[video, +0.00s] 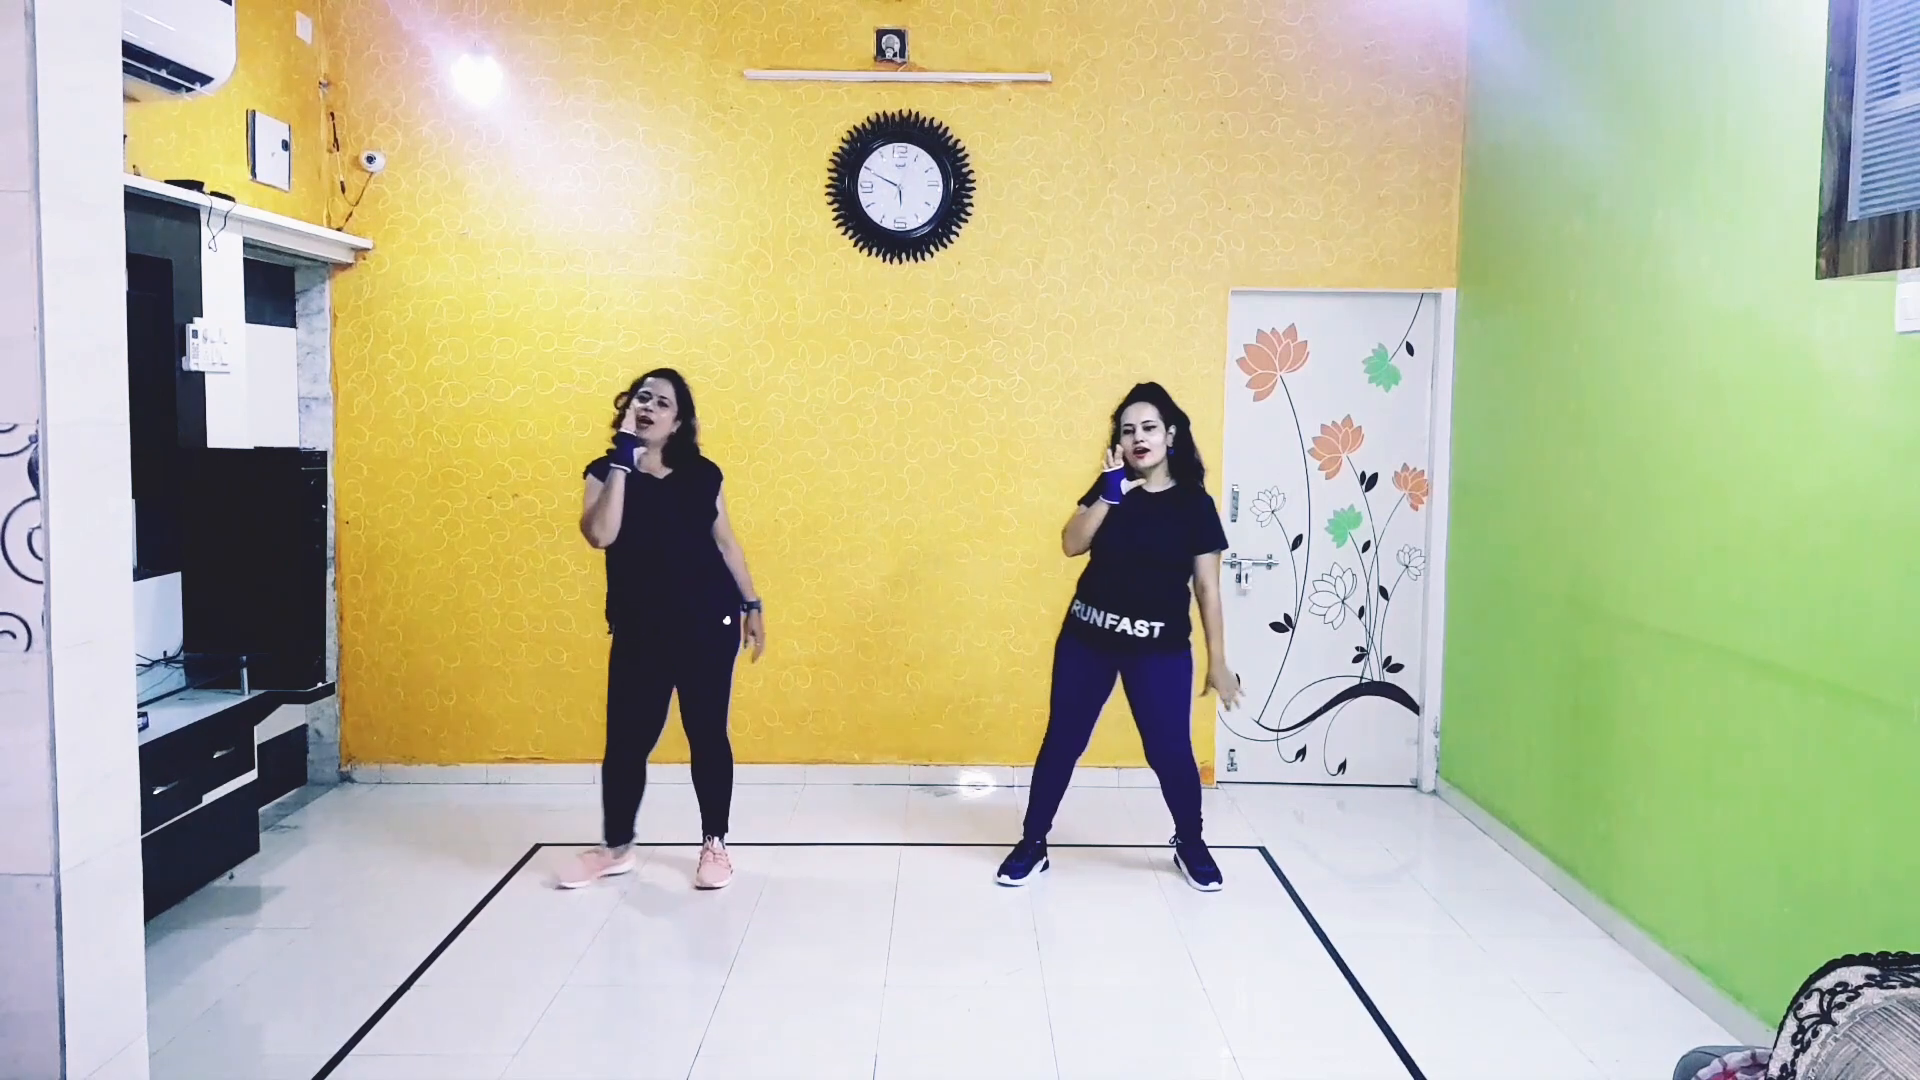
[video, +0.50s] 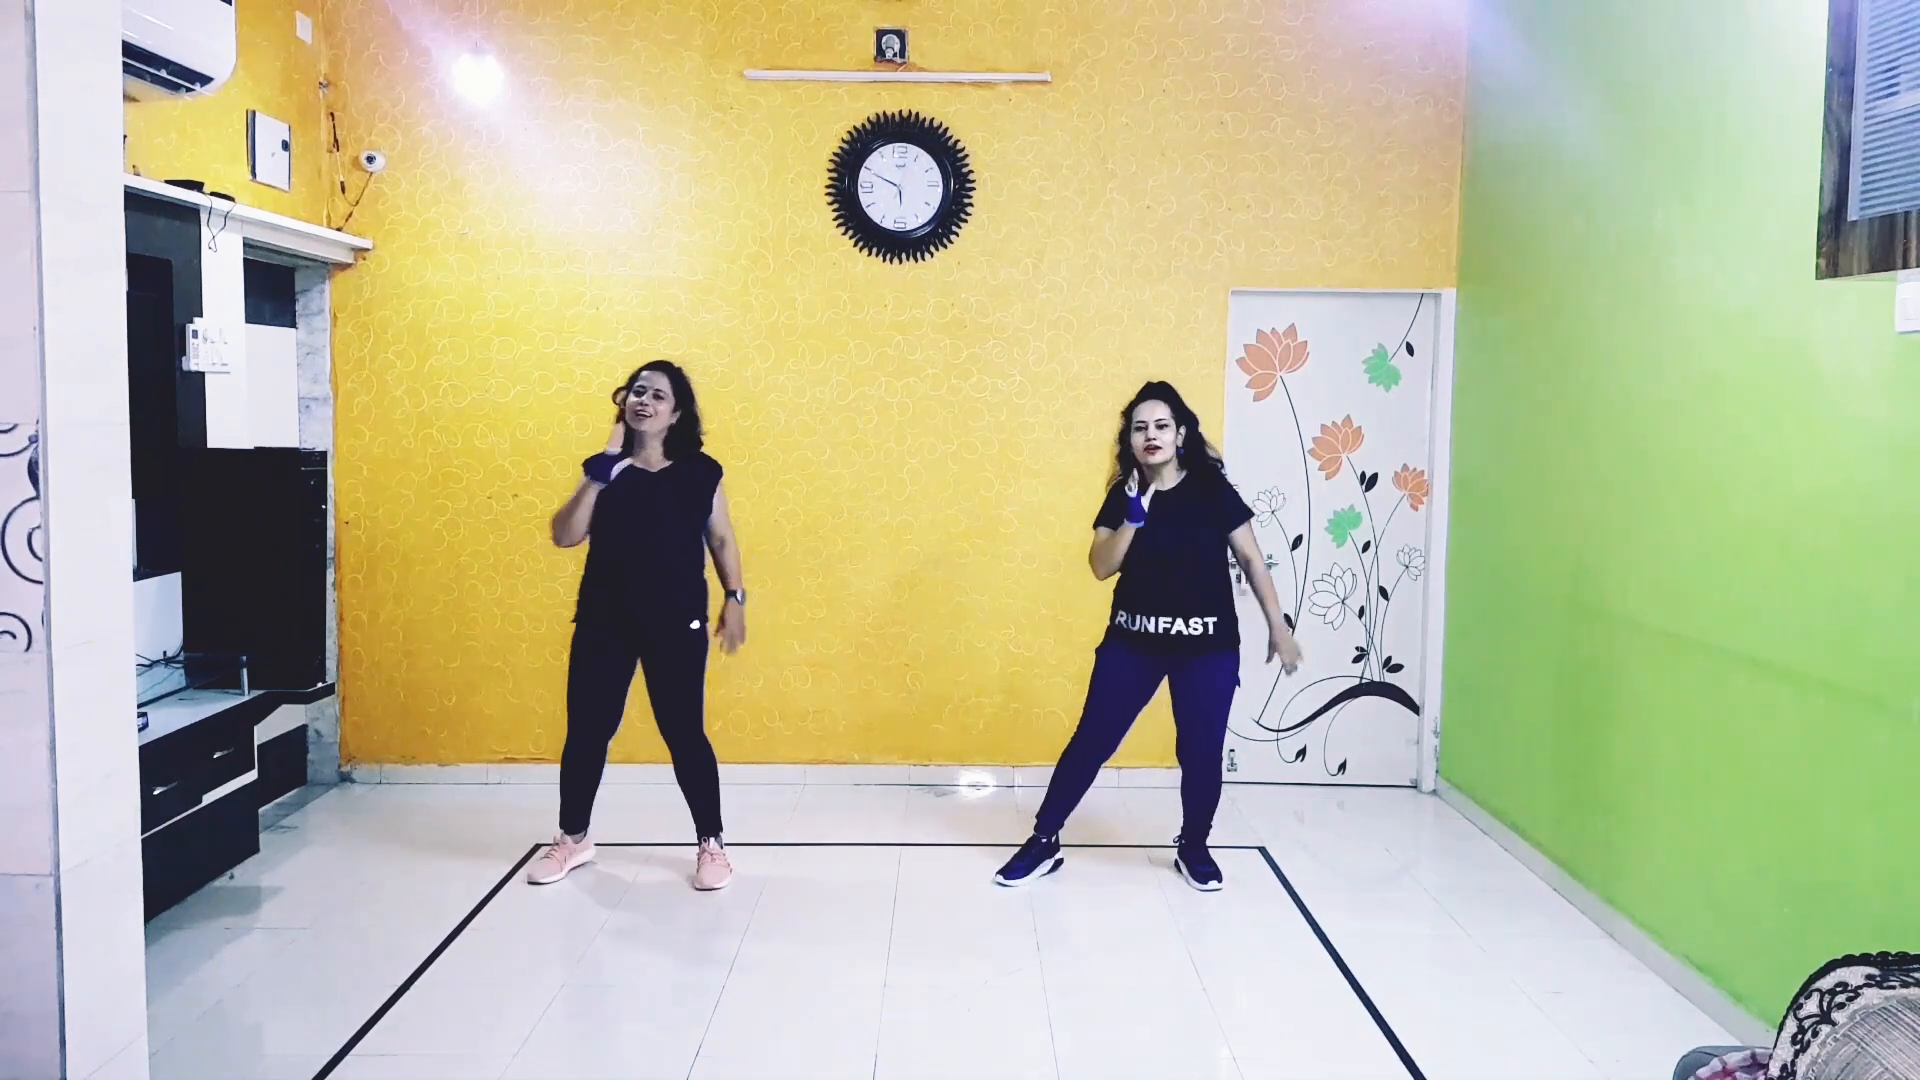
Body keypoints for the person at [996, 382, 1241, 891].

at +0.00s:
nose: (1138, 437)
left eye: (1149, 426)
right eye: (1128, 429)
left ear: (1172, 433)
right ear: (1118, 439)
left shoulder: (1194, 505)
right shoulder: (1110, 488)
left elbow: (1207, 587)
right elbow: (1071, 544)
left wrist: (1218, 662)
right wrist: (1109, 489)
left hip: (1159, 648)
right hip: (1089, 637)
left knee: (1171, 753)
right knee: (1062, 743)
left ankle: (1191, 843)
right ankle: (1032, 842)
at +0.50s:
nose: (1151, 435)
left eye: (1161, 425)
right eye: (1140, 426)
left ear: (1181, 432)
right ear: (1129, 437)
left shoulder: (1211, 485)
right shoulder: (1125, 491)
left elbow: (1252, 560)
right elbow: (1101, 568)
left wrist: (1279, 627)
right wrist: (1132, 517)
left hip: (1206, 642)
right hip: (1134, 638)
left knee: (1202, 754)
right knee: (1090, 742)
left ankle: (1194, 844)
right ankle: (1043, 839)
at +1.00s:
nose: (1109, 440)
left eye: (1116, 433)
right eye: (1099, 428)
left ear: (1120, 442)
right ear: (1071, 430)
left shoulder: (1116, 495)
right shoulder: (1040, 498)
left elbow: (1171, 534)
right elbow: (1021, 574)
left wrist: (1206, 473)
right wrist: (1042, 639)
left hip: (1141, 639)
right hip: (1074, 645)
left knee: (1171, 741)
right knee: (1057, 755)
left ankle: (1192, 841)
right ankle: (1028, 844)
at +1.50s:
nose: (1090, 446)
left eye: (1099, 435)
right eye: (1078, 435)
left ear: (1109, 442)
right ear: (1056, 440)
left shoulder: (1096, 505)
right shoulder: (1030, 484)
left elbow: (1101, 580)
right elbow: (969, 524)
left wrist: (1136, 540)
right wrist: (940, 586)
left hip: (1081, 641)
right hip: (1021, 640)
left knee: (1122, 743)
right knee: (1033, 751)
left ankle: (1162, 842)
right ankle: (1027, 844)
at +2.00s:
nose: (1084, 446)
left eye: (1095, 437)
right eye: (1074, 436)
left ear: (1115, 444)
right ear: (1062, 444)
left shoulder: (1140, 501)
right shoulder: (1055, 500)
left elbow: (1186, 553)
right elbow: (992, 537)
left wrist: (1180, 606)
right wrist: (966, 491)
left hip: (1109, 646)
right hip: (1041, 638)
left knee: (1136, 752)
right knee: (1030, 745)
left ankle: (1175, 843)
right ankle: (1027, 843)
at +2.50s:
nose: (1126, 453)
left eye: (1138, 442)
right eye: (1116, 441)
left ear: (1157, 447)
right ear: (1103, 446)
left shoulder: (1185, 493)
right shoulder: (1104, 513)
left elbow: (1249, 524)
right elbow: (1093, 587)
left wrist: (1247, 593)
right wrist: (1037, 571)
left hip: (1179, 651)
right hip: (1110, 647)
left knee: (1181, 759)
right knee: (1070, 748)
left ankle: (1193, 846)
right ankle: (1029, 841)